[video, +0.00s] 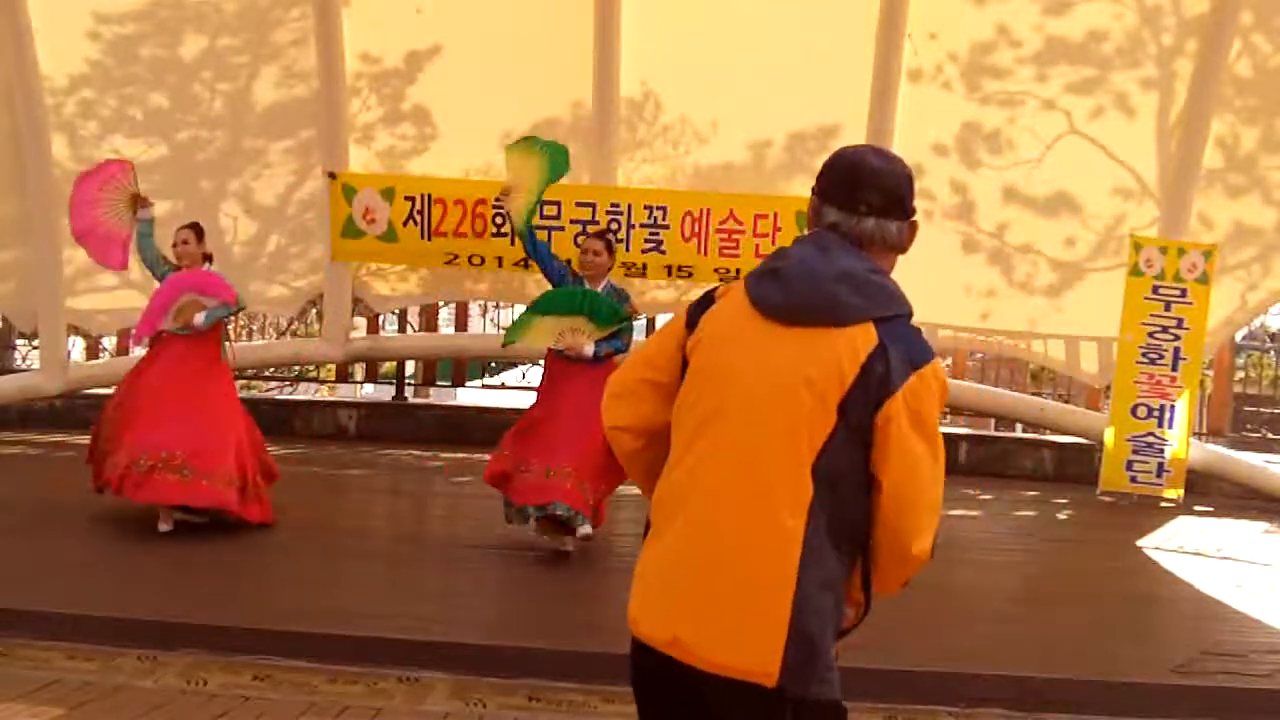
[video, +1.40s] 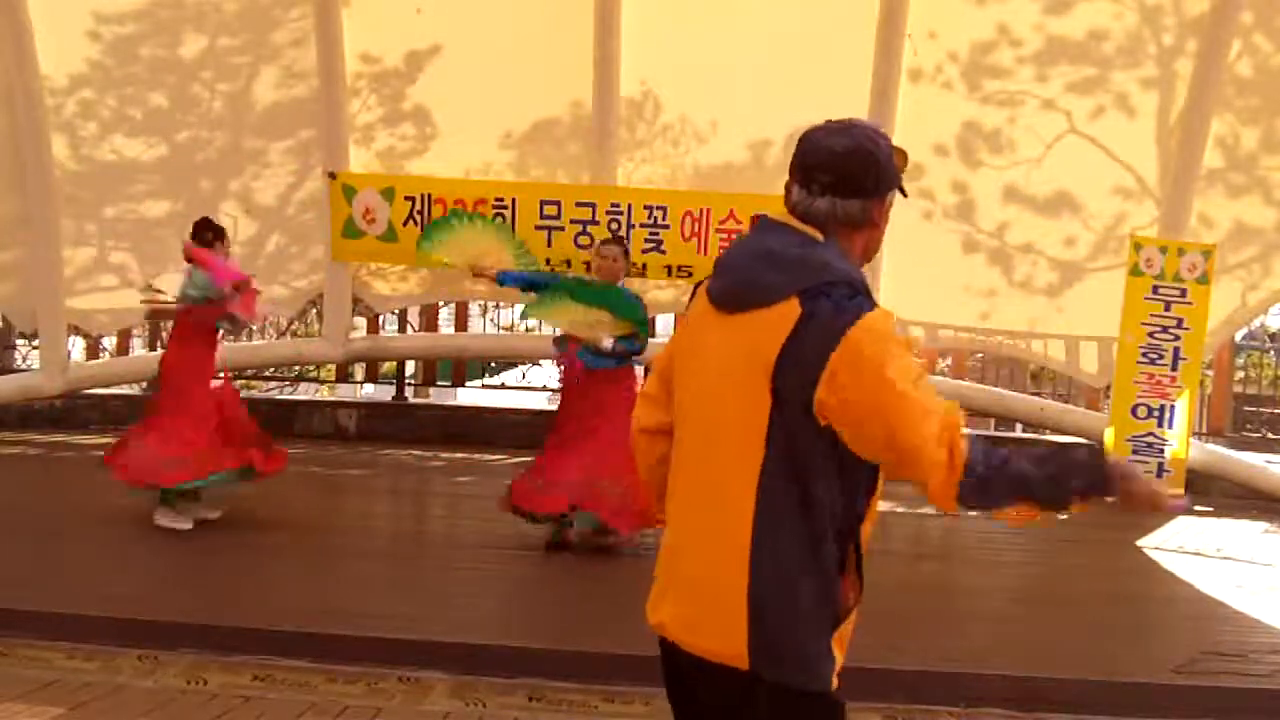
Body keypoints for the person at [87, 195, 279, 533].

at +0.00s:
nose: (179, 249)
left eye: (186, 243)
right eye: (176, 244)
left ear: (202, 247)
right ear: (173, 250)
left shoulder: (212, 279)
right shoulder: (170, 277)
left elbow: (234, 303)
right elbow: (147, 253)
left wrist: (205, 317)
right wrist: (144, 216)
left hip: (203, 360)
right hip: (167, 359)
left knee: (201, 423)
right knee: (162, 422)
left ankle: (198, 496)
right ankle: (164, 501)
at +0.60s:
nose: (220, 251)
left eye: (219, 245)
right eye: (216, 245)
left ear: (201, 248)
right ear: (201, 248)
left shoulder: (211, 285)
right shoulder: (188, 280)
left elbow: (231, 320)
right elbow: (158, 273)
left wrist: (235, 312)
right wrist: (134, 257)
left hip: (209, 363)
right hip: (190, 363)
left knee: (213, 430)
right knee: (190, 432)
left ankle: (205, 501)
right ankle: (172, 506)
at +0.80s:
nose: (174, 247)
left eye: (177, 241)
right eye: (175, 241)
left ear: (186, 246)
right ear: (203, 247)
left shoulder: (167, 286)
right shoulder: (214, 280)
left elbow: (154, 329)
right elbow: (259, 282)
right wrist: (300, 272)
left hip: (179, 367)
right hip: (212, 364)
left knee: (185, 427)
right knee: (224, 425)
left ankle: (189, 500)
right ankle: (239, 497)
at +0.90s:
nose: (172, 253)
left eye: (174, 247)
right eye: (173, 247)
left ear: (184, 248)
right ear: (203, 248)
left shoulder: (173, 286)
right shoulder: (224, 279)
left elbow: (147, 321)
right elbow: (270, 276)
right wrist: (305, 255)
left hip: (187, 368)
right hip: (221, 366)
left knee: (189, 428)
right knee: (228, 423)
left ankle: (196, 493)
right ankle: (228, 486)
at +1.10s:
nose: (207, 253)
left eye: (213, 248)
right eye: (202, 247)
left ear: (223, 253)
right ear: (194, 250)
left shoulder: (222, 285)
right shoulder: (186, 280)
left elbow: (235, 320)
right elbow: (154, 281)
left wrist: (198, 321)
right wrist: (129, 264)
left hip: (213, 356)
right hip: (189, 355)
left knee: (206, 422)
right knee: (193, 422)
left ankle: (207, 502)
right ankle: (201, 496)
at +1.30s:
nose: (232, 255)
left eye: (233, 248)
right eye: (227, 248)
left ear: (218, 247)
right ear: (208, 247)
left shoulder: (229, 282)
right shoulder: (195, 278)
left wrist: (234, 315)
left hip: (205, 359)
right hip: (187, 360)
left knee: (202, 424)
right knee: (183, 425)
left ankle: (192, 499)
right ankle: (168, 503)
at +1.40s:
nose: (229, 249)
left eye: (227, 244)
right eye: (226, 243)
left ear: (202, 244)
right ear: (216, 244)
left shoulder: (212, 274)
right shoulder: (203, 275)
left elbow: (230, 315)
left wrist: (242, 293)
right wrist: (243, 292)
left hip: (197, 360)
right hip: (184, 361)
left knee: (200, 425)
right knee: (184, 427)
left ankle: (189, 499)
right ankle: (167, 504)